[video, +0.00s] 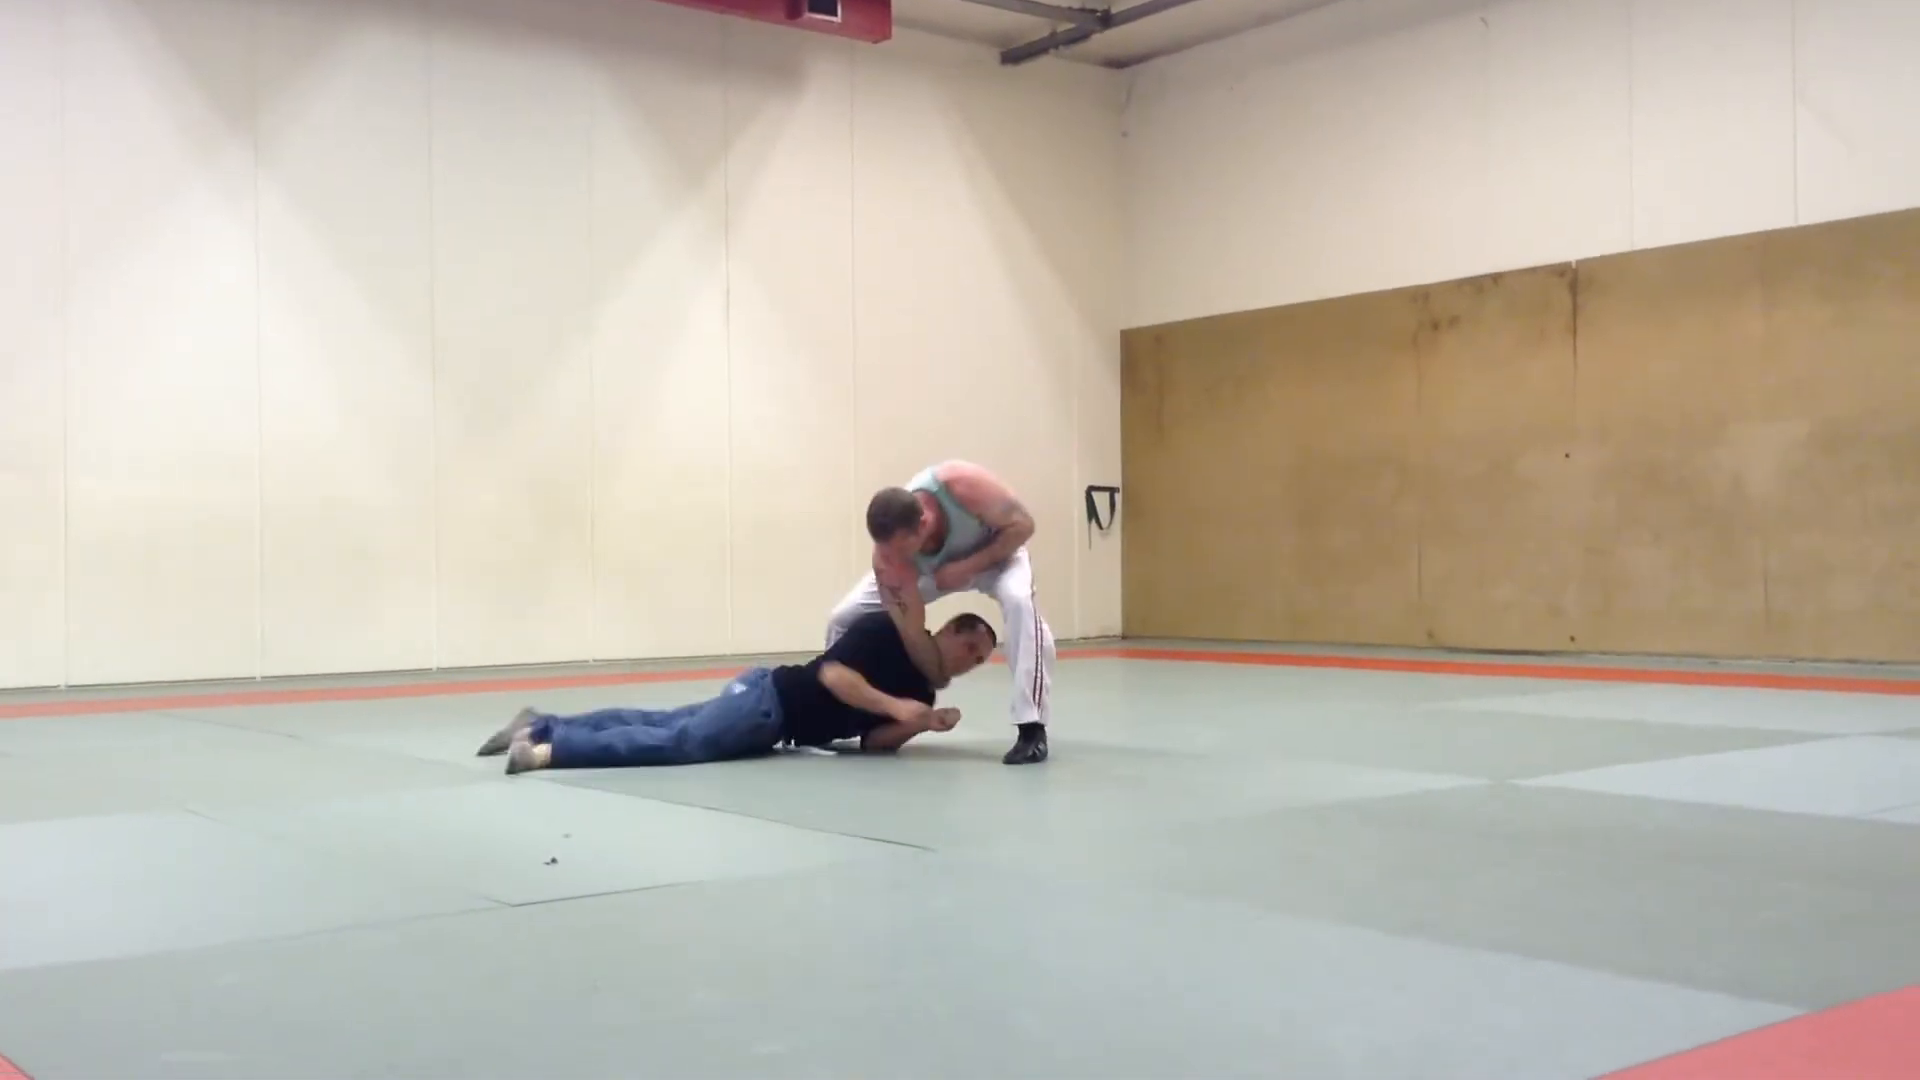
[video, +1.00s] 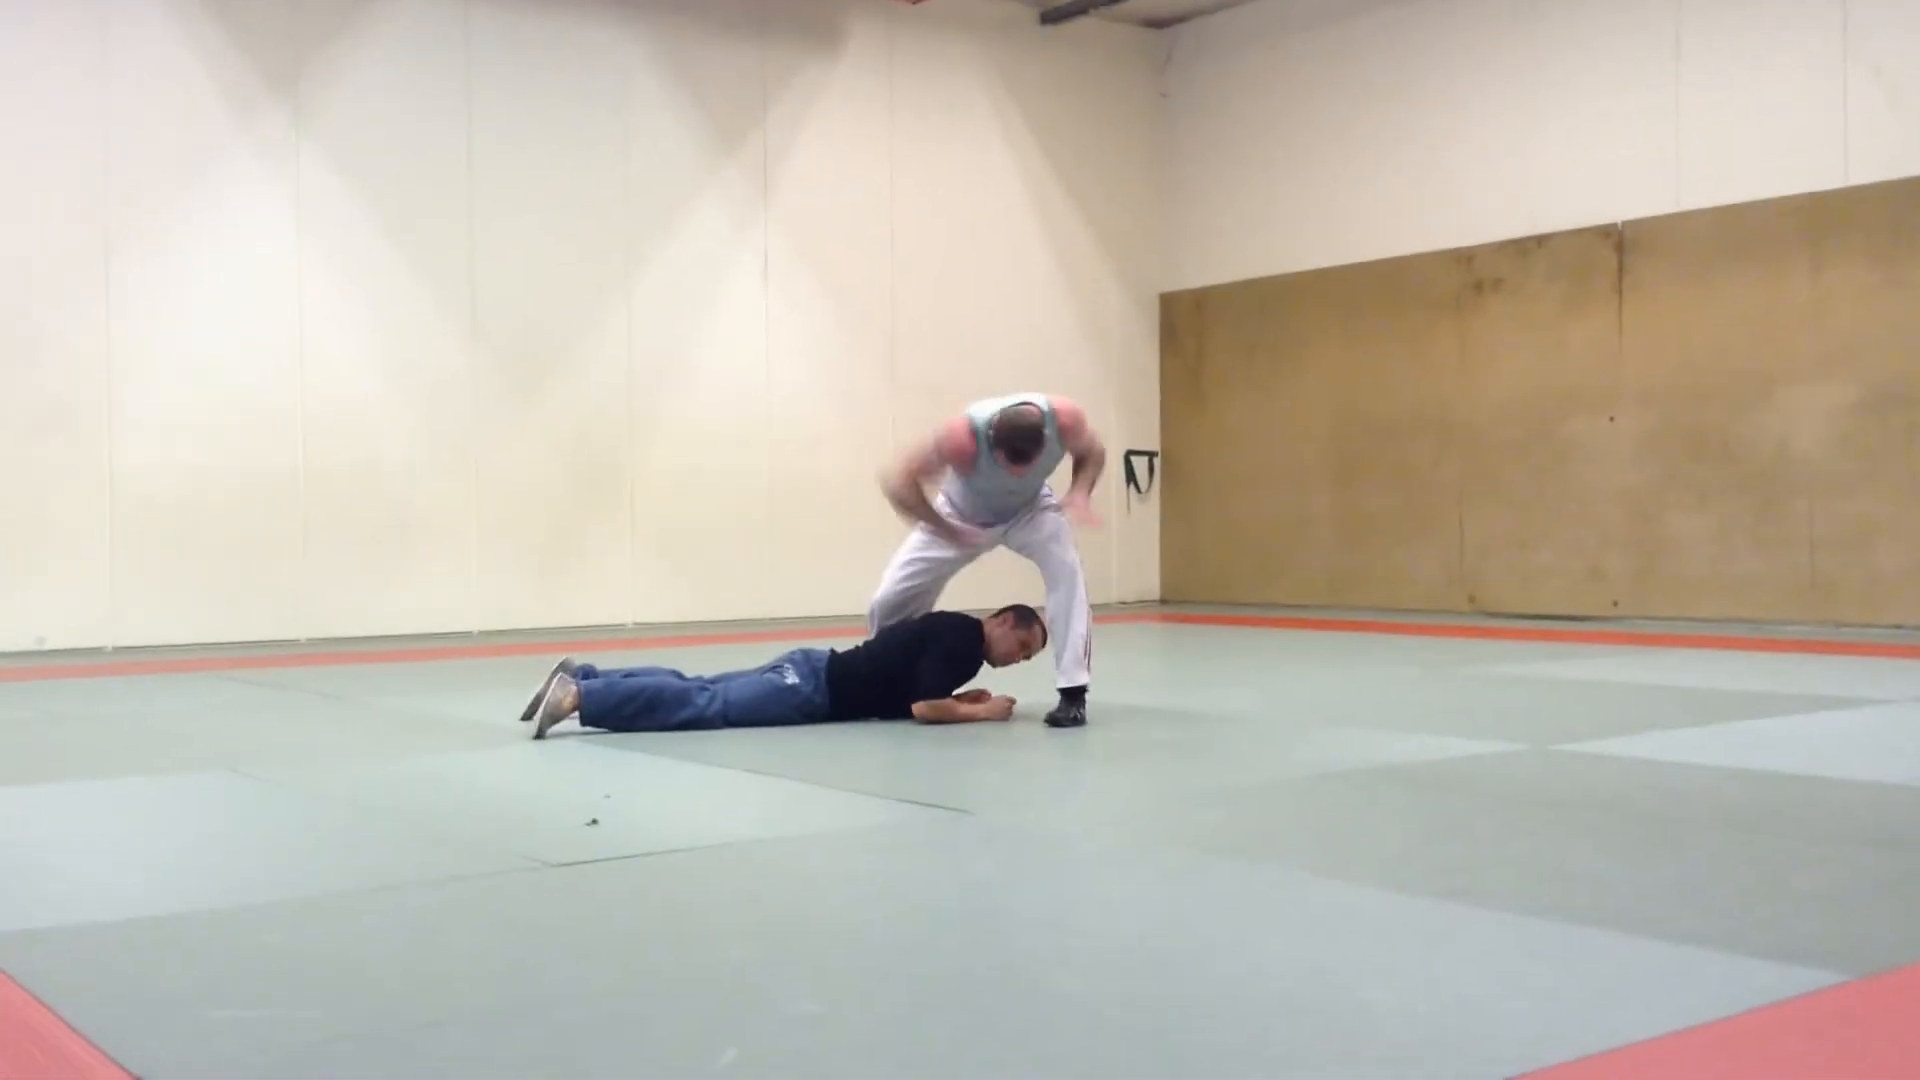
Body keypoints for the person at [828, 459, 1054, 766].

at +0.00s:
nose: (891, 557)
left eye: (898, 547)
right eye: (886, 550)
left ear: (923, 524)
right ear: (880, 540)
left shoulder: (958, 483)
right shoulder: (889, 554)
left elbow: (1022, 525)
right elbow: (912, 629)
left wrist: (967, 568)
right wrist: (941, 681)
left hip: (993, 555)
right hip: (930, 568)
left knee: (1018, 601)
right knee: (843, 620)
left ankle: (1032, 731)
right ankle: (847, 718)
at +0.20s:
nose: (898, 553)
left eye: (903, 543)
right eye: (891, 548)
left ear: (923, 519)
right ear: (882, 537)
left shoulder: (954, 476)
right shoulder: (887, 553)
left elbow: (1018, 517)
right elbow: (913, 617)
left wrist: (969, 560)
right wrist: (935, 668)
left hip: (990, 553)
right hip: (924, 570)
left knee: (1014, 598)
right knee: (840, 621)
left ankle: (1032, 725)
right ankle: (852, 721)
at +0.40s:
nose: (908, 522)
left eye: (911, 514)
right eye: (900, 519)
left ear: (929, 487)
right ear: (889, 507)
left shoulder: (967, 461)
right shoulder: (892, 525)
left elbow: (1023, 517)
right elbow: (912, 600)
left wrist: (968, 549)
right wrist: (935, 650)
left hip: (996, 548)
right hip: (929, 557)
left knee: (1025, 593)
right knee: (852, 616)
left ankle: (1038, 716)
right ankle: (855, 712)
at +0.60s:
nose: (934, 484)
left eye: (940, 477)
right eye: (925, 479)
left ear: (956, 450)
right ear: (909, 461)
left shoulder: (994, 454)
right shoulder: (898, 458)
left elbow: (1015, 536)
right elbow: (889, 513)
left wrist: (964, 582)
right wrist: (914, 563)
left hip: (1006, 530)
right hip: (948, 533)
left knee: (1040, 585)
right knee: (874, 608)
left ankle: (1050, 707)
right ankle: (865, 700)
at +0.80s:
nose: (974, 467)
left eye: (981, 460)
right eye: (965, 460)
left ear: (996, 441)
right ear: (949, 439)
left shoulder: (1024, 451)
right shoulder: (938, 401)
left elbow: (1069, 521)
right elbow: (880, 364)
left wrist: (1013, 563)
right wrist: (861, 427)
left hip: (1021, 521)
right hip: (954, 521)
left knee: (1058, 578)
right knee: (884, 606)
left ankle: (1066, 700)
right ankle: (879, 698)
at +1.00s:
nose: (1018, 472)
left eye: (1026, 465)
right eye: (1010, 464)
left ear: (1042, 445)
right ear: (996, 444)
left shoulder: (1065, 421)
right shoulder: (964, 437)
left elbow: (1091, 454)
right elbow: (898, 481)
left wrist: (1078, 495)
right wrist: (950, 532)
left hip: (1029, 513)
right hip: (961, 519)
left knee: (1065, 568)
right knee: (888, 605)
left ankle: (1073, 693)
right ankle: (889, 691)